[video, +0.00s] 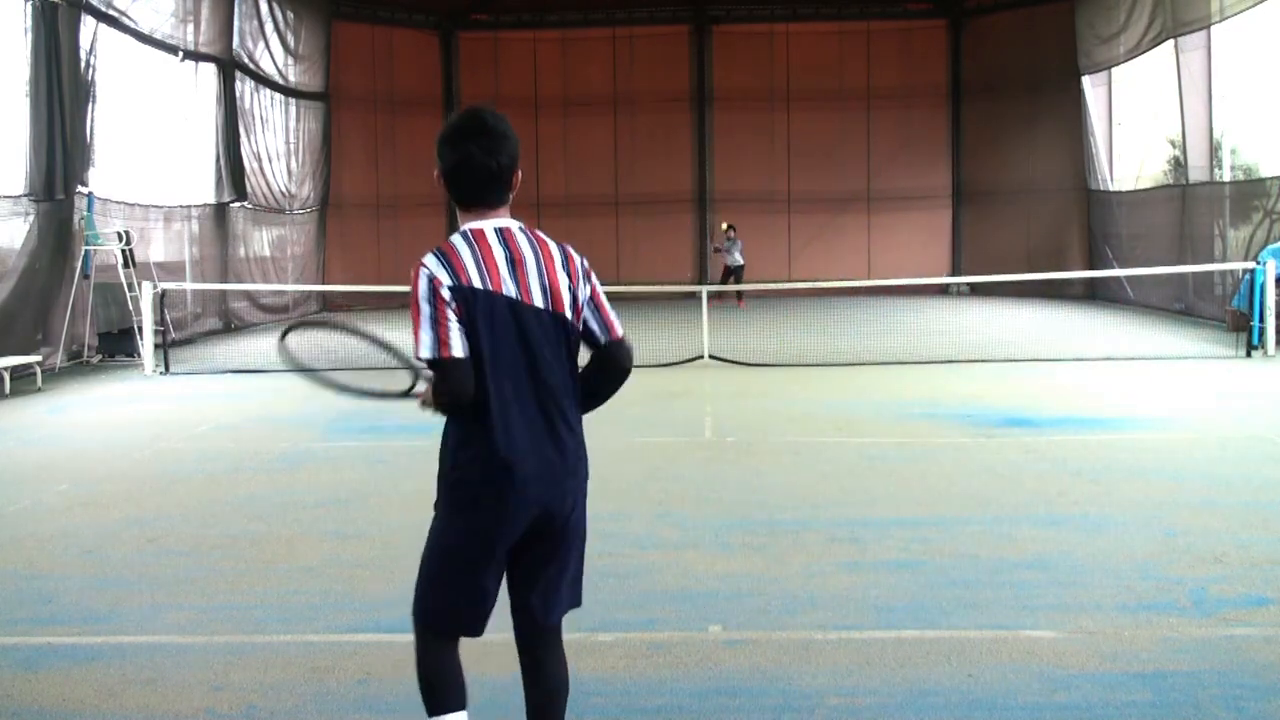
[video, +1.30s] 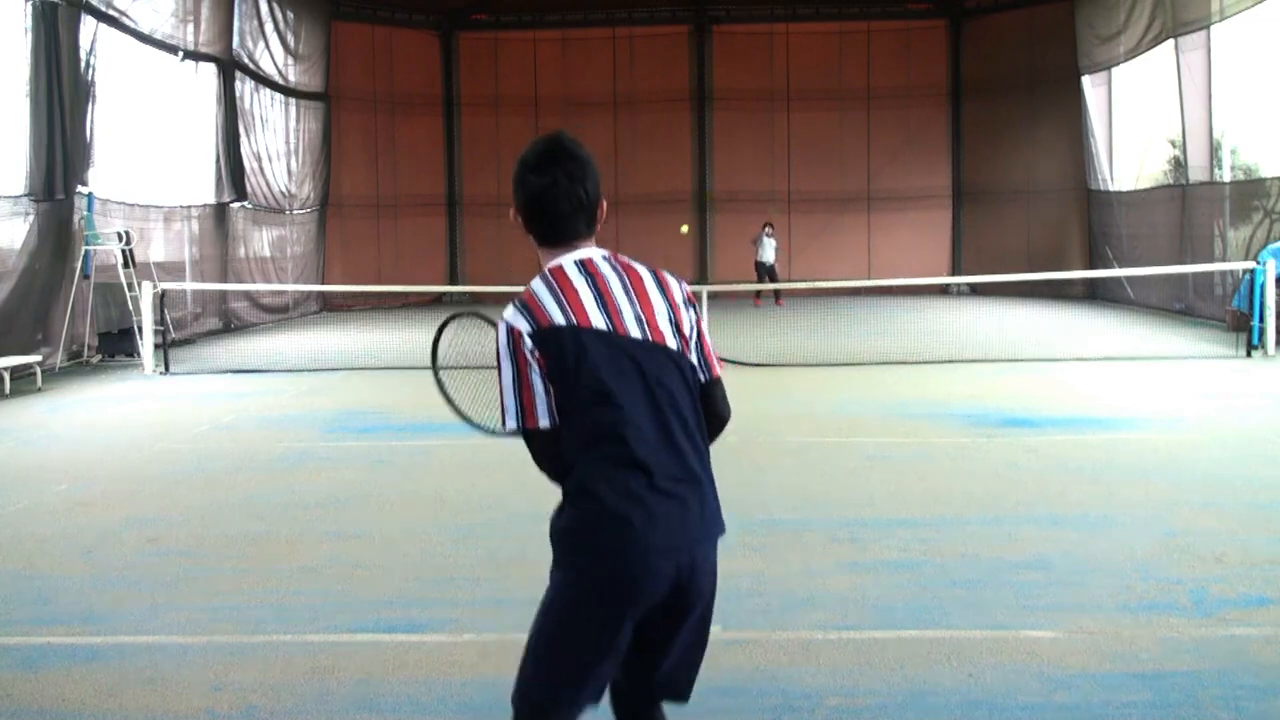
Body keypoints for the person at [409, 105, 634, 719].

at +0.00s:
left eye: (441, 171)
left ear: (443, 183)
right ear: (517, 178)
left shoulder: (440, 268)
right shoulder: (563, 259)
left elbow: (457, 387)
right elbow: (617, 356)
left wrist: (436, 395)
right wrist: (566, 404)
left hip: (485, 485)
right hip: (560, 479)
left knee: (436, 625)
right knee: (542, 628)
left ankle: (452, 719)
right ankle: (549, 719)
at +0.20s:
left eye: (445, 176)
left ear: (447, 188)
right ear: (525, 186)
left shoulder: (425, 276)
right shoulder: (568, 267)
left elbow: (392, 395)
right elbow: (644, 364)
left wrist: (459, 370)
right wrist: (582, 396)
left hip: (483, 500)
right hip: (570, 492)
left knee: (475, 663)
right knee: (587, 647)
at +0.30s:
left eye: (466, 180)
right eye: (546, 175)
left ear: (468, 191)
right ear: (544, 187)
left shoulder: (441, 276)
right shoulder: (581, 272)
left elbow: (405, 390)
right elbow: (651, 380)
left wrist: (464, 359)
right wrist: (581, 405)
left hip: (489, 505)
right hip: (578, 501)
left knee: (480, 668)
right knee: (619, 653)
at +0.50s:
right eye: (604, 159)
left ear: (527, 173)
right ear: (605, 170)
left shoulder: (498, 262)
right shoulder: (644, 260)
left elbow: (490, 383)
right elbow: (702, 375)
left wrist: (554, 379)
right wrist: (636, 411)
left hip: (540, 495)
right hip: (629, 493)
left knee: (503, 667)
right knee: (669, 660)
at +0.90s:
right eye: (637, 156)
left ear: (556, 170)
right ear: (634, 168)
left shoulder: (525, 264)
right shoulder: (674, 256)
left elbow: (517, 390)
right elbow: (733, 373)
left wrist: (582, 382)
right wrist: (683, 429)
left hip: (567, 501)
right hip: (660, 498)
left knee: (524, 667)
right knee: (707, 666)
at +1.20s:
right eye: (600, 172)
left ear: (527, 195)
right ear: (604, 184)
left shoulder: (519, 286)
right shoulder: (669, 267)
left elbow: (539, 425)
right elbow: (718, 383)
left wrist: (606, 440)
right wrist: (667, 435)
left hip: (593, 514)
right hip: (685, 507)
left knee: (537, 686)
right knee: (669, 677)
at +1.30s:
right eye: (601, 200)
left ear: (521, 221)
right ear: (601, 211)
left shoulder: (525, 316)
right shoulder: (667, 289)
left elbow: (549, 451)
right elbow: (716, 410)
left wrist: (610, 485)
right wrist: (663, 459)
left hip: (609, 545)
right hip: (693, 537)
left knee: (542, 704)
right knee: (641, 697)